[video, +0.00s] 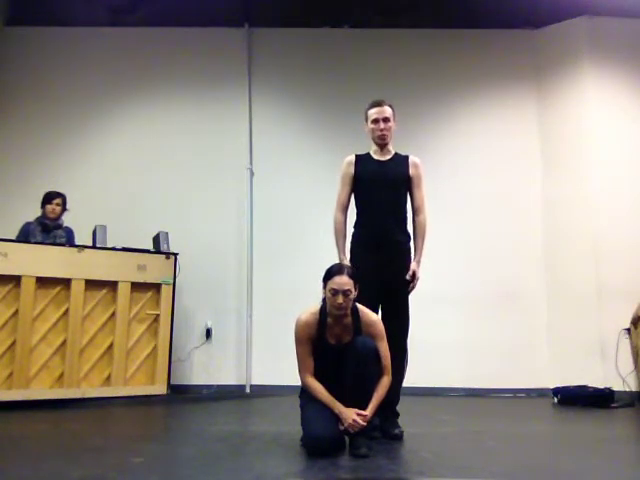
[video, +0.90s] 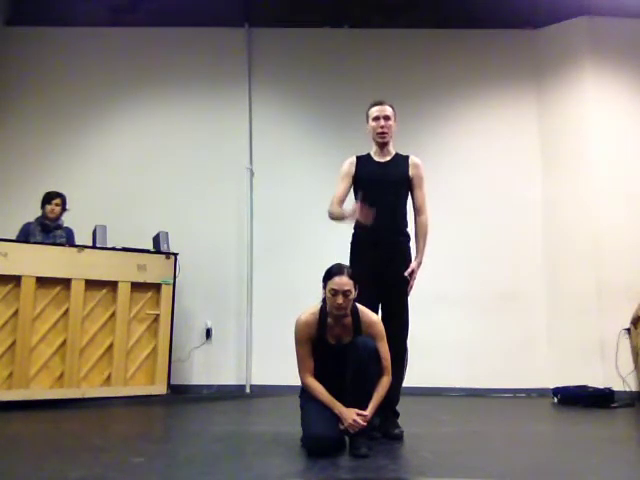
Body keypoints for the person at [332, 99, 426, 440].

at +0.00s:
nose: (381, 126)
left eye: (386, 120)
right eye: (375, 121)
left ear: (394, 124)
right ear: (366, 127)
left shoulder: (411, 166)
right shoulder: (353, 164)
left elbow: (420, 215)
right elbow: (340, 213)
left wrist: (417, 259)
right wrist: (343, 260)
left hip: (397, 259)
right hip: (363, 260)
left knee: (396, 339)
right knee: (359, 339)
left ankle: (389, 416)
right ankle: (359, 417)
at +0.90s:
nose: (383, 124)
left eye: (387, 118)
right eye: (377, 119)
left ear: (395, 124)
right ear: (368, 126)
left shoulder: (411, 166)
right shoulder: (353, 165)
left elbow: (421, 215)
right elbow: (333, 210)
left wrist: (419, 259)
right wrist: (350, 213)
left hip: (396, 259)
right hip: (363, 259)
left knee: (395, 339)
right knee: (360, 338)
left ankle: (388, 415)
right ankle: (360, 416)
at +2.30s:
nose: (380, 123)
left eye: (385, 118)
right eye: (374, 118)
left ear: (393, 125)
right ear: (365, 127)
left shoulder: (409, 166)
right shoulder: (353, 164)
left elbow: (419, 215)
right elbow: (328, 206)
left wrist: (417, 259)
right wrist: (362, 180)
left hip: (396, 257)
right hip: (362, 257)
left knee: (395, 338)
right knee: (359, 336)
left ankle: (389, 415)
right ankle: (359, 416)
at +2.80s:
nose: (381, 124)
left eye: (385, 119)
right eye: (375, 119)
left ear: (393, 125)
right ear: (365, 127)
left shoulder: (409, 166)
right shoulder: (353, 164)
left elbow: (419, 215)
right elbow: (333, 205)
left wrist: (416, 259)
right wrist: (366, 177)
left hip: (394, 258)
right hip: (362, 257)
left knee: (395, 337)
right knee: (358, 336)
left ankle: (388, 415)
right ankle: (358, 416)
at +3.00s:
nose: (381, 124)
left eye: (386, 119)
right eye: (375, 120)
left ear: (394, 125)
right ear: (366, 127)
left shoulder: (409, 166)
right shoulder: (353, 163)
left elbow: (419, 215)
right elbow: (332, 205)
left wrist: (416, 259)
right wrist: (365, 177)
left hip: (394, 257)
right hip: (362, 257)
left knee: (395, 337)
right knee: (358, 336)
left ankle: (388, 415)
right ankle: (359, 416)